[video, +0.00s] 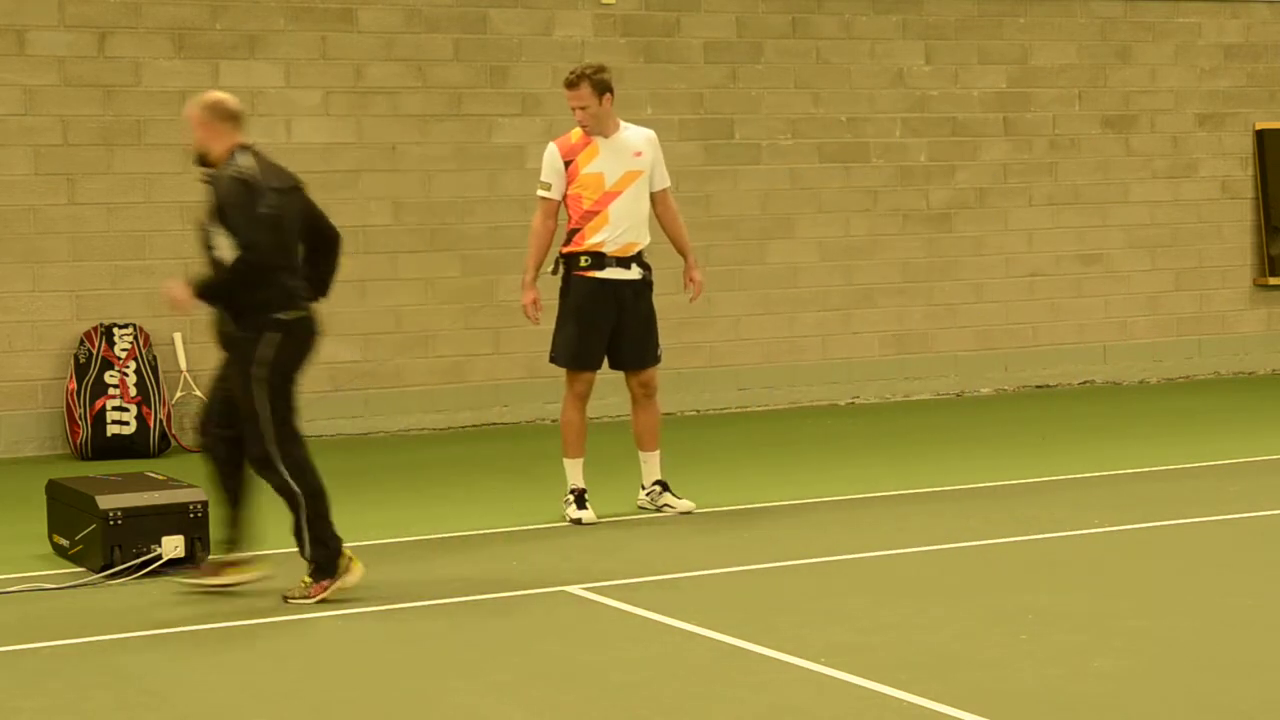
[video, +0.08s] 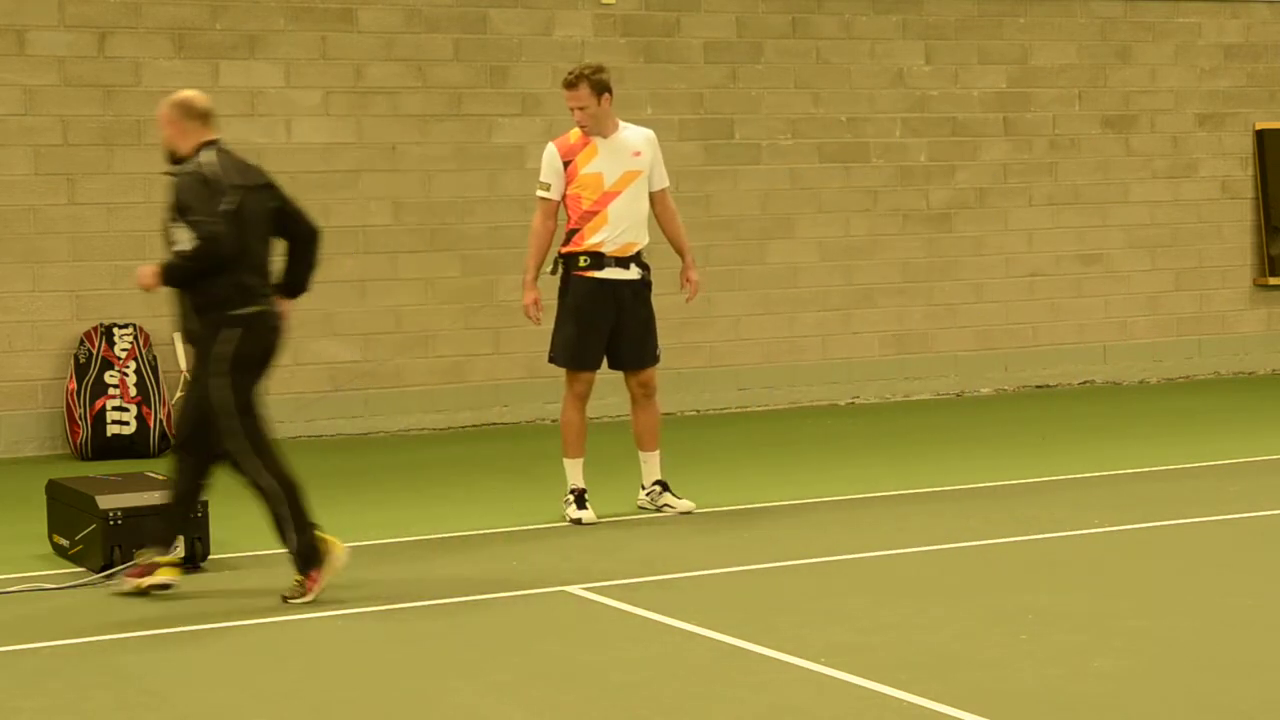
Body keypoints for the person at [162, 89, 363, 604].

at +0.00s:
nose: (191, 140)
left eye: (194, 130)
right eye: (192, 129)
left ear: (212, 128)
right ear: (232, 126)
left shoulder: (232, 183)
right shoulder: (270, 174)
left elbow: (260, 256)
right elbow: (325, 236)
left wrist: (201, 290)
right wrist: (306, 291)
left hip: (268, 331)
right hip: (275, 326)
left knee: (273, 444)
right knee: (220, 431)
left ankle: (331, 561)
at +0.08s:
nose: (163, 138)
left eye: (164, 128)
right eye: (163, 128)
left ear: (180, 125)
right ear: (205, 123)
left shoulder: (194, 178)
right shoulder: (246, 172)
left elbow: (213, 250)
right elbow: (303, 231)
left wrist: (166, 273)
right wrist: (288, 289)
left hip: (226, 327)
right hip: (255, 323)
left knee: (241, 441)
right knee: (192, 437)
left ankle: (311, 551)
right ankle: (171, 552)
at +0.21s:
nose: (126, 151)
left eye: (127, 142)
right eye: (127, 142)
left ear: (138, 140)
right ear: (169, 138)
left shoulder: (144, 196)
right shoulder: (213, 192)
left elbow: (155, 265)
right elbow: (261, 263)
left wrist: (114, 297)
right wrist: (239, 316)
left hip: (165, 343)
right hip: (210, 342)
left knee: (146, 454)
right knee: (155, 453)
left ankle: (239, 526)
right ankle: (140, 566)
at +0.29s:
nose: (102, 154)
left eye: (103, 146)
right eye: (104, 145)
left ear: (113, 145)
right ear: (147, 142)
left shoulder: (116, 197)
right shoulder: (195, 198)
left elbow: (119, 269)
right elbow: (221, 281)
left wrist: (87, 322)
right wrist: (190, 318)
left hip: (138, 346)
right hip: (189, 347)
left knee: (88, 441)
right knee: (142, 450)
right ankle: (140, 564)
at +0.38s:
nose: (85, 150)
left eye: (86, 143)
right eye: (88, 143)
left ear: (93, 142)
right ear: (130, 140)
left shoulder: (90, 189)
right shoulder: (177, 196)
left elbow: (90, 251)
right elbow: (190, 275)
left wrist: (67, 310)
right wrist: (152, 297)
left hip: (112, 339)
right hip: (168, 343)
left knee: (61, 430)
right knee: (131, 448)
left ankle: (93, 529)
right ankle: (142, 561)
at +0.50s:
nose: (56, 137)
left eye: (57, 130)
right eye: (59, 130)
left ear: (65, 129)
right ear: (102, 128)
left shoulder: (56, 175)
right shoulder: (146, 185)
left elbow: (56, 228)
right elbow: (158, 264)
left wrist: (36, 286)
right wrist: (109, 273)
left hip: (72, 327)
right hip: (133, 328)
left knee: (37, 434)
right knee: (123, 439)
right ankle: (138, 548)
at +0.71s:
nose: (17, 151)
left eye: (18, 145)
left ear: (22, 145)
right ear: (65, 144)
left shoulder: (9, 196)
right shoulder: (101, 200)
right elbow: (119, 279)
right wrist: (86, 318)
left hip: (14, 345)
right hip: (78, 346)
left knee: (7, 446)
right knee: (64, 436)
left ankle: (11, 555)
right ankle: (91, 500)